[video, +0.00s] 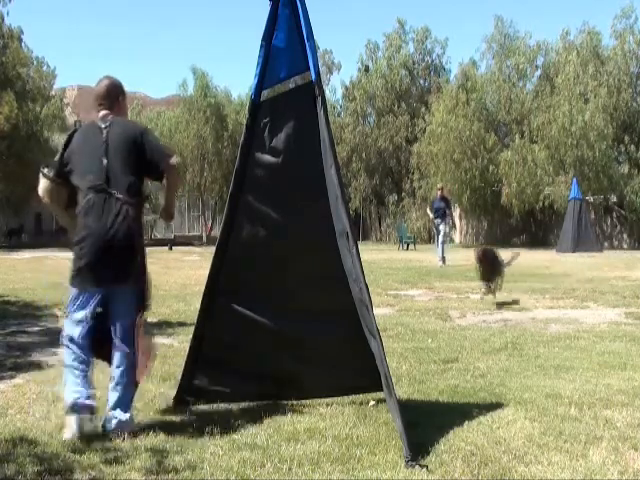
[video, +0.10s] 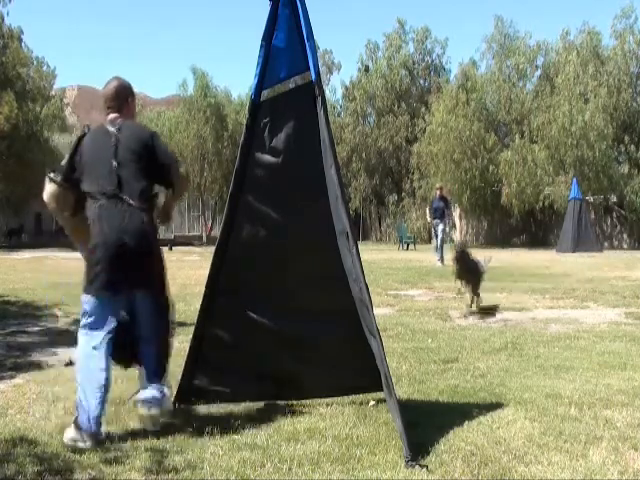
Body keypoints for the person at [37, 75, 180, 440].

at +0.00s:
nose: (129, 106)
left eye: (125, 102)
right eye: (127, 102)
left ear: (94, 106)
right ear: (122, 104)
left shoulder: (77, 136)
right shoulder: (134, 132)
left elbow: (47, 189)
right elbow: (172, 166)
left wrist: (73, 219)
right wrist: (168, 205)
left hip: (89, 240)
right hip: (127, 240)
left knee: (75, 332)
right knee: (125, 335)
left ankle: (77, 405)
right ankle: (119, 418)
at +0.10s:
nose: (135, 108)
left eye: (130, 103)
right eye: (135, 103)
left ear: (103, 106)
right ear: (131, 105)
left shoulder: (86, 140)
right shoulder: (145, 137)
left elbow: (54, 196)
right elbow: (178, 182)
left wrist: (82, 236)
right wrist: (166, 210)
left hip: (101, 239)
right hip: (141, 239)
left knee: (94, 329)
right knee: (151, 319)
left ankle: (87, 425)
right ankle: (153, 394)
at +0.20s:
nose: (136, 109)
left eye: (123, 104)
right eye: (147, 102)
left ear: (118, 106)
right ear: (147, 104)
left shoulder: (104, 139)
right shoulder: (164, 138)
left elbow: (74, 197)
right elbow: (194, 185)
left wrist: (97, 239)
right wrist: (172, 217)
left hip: (120, 247)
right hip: (160, 246)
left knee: (103, 336)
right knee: (172, 327)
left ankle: (87, 426)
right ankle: (206, 398)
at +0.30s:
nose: (154, 105)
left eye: (137, 102)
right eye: (164, 98)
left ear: (135, 101)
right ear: (166, 100)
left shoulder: (129, 135)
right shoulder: (187, 136)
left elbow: (106, 186)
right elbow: (209, 182)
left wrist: (110, 243)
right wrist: (192, 220)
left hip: (147, 251)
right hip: (187, 252)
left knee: (121, 342)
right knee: (200, 343)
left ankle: (90, 427)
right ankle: (229, 420)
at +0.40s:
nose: (154, 105)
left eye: (153, 100)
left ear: (154, 100)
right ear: (182, 99)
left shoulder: (152, 134)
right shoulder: (204, 135)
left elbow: (128, 175)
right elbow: (228, 176)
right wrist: (216, 212)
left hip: (180, 242)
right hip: (216, 242)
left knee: (152, 326)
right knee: (214, 333)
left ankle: (144, 423)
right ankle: (227, 420)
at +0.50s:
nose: (169, 100)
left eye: (168, 94)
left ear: (169, 96)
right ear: (197, 93)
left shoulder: (173, 132)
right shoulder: (220, 131)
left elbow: (150, 184)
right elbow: (239, 176)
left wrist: (148, 245)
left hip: (209, 237)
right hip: (240, 236)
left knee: (182, 328)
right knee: (228, 327)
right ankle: (220, 408)